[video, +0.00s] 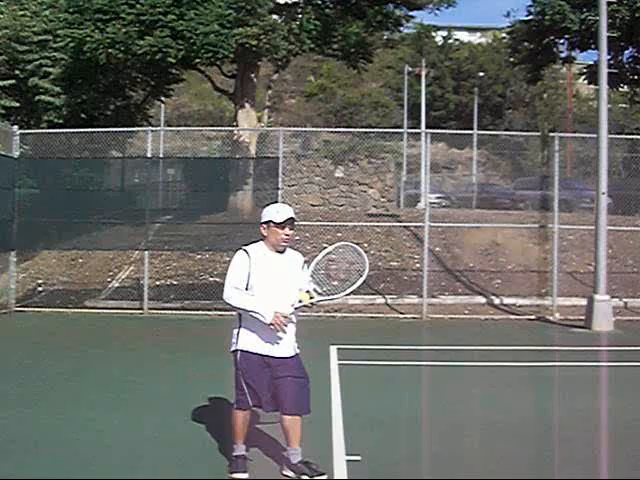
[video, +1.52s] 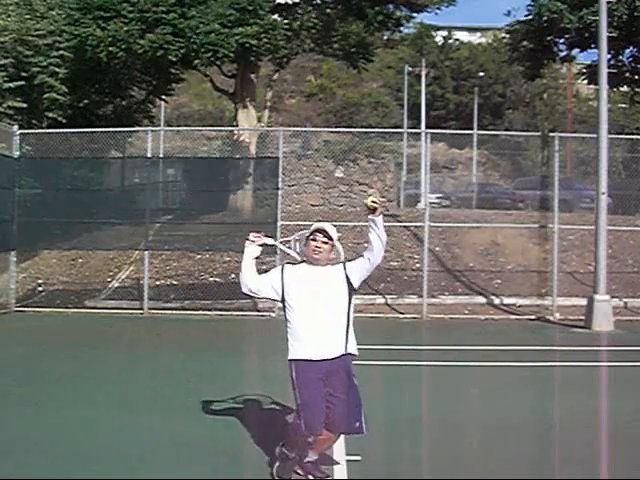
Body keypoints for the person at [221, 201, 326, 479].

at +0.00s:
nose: (289, 232)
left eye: (291, 226)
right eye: (282, 226)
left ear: (294, 229)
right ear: (265, 229)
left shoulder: (296, 259)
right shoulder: (246, 256)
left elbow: (305, 291)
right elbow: (230, 294)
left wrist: (306, 296)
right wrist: (266, 313)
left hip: (285, 346)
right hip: (251, 345)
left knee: (293, 400)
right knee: (245, 402)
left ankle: (294, 460)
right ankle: (239, 455)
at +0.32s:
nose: (268, 235)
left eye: (274, 230)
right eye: (262, 228)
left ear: (282, 234)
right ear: (253, 229)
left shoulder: (289, 264)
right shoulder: (234, 255)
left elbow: (296, 305)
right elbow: (215, 293)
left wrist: (276, 316)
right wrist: (239, 319)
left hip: (275, 349)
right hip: (238, 347)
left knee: (289, 402)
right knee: (238, 401)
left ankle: (303, 459)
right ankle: (238, 455)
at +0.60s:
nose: (270, 235)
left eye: (277, 231)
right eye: (266, 228)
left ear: (286, 238)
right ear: (257, 230)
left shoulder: (292, 271)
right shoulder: (238, 254)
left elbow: (291, 317)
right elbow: (213, 290)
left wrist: (277, 353)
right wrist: (202, 327)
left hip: (273, 350)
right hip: (236, 346)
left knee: (289, 405)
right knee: (237, 401)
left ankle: (302, 457)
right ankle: (238, 455)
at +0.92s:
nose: (282, 231)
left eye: (289, 228)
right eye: (279, 225)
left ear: (298, 235)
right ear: (272, 227)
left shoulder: (304, 270)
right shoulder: (252, 253)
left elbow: (314, 316)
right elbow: (218, 276)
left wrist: (325, 354)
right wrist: (183, 295)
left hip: (285, 351)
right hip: (248, 344)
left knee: (301, 406)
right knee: (243, 400)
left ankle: (304, 460)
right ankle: (239, 455)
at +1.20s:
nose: (302, 231)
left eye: (309, 228)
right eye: (299, 225)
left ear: (318, 235)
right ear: (291, 229)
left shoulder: (329, 261)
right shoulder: (273, 259)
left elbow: (360, 261)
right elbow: (240, 270)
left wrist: (385, 246)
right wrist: (205, 258)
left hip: (314, 349)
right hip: (276, 348)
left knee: (320, 407)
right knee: (263, 405)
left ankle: (307, 459)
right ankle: (248, 451)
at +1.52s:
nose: (318, 245)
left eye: (325, 242)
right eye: (313, 240)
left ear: (333, 249)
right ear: (304, 246)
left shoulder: (346, 272)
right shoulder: (287, 274)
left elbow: (374, 254)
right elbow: (250, 284)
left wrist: (375, 218)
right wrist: (250, 250)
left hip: (339, 357)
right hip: (304, 359)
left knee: (338, 425)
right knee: (311, 424)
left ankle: (307, 461)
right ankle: (288, 453)